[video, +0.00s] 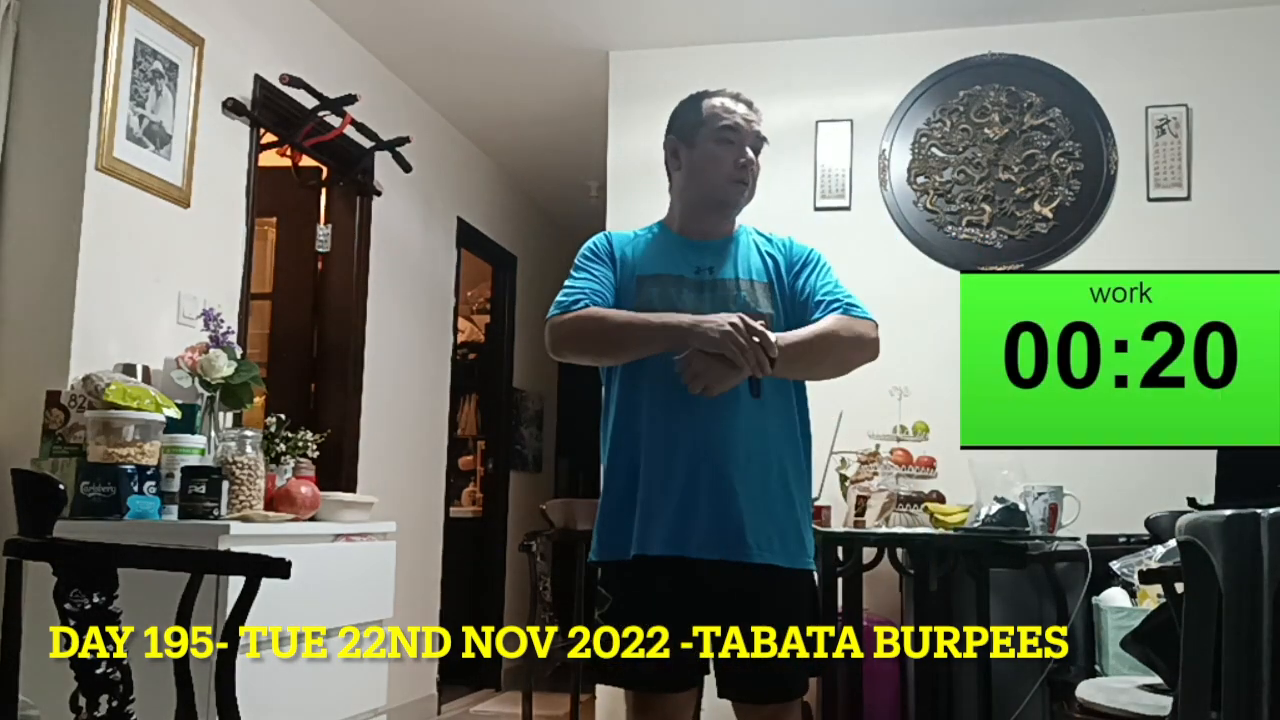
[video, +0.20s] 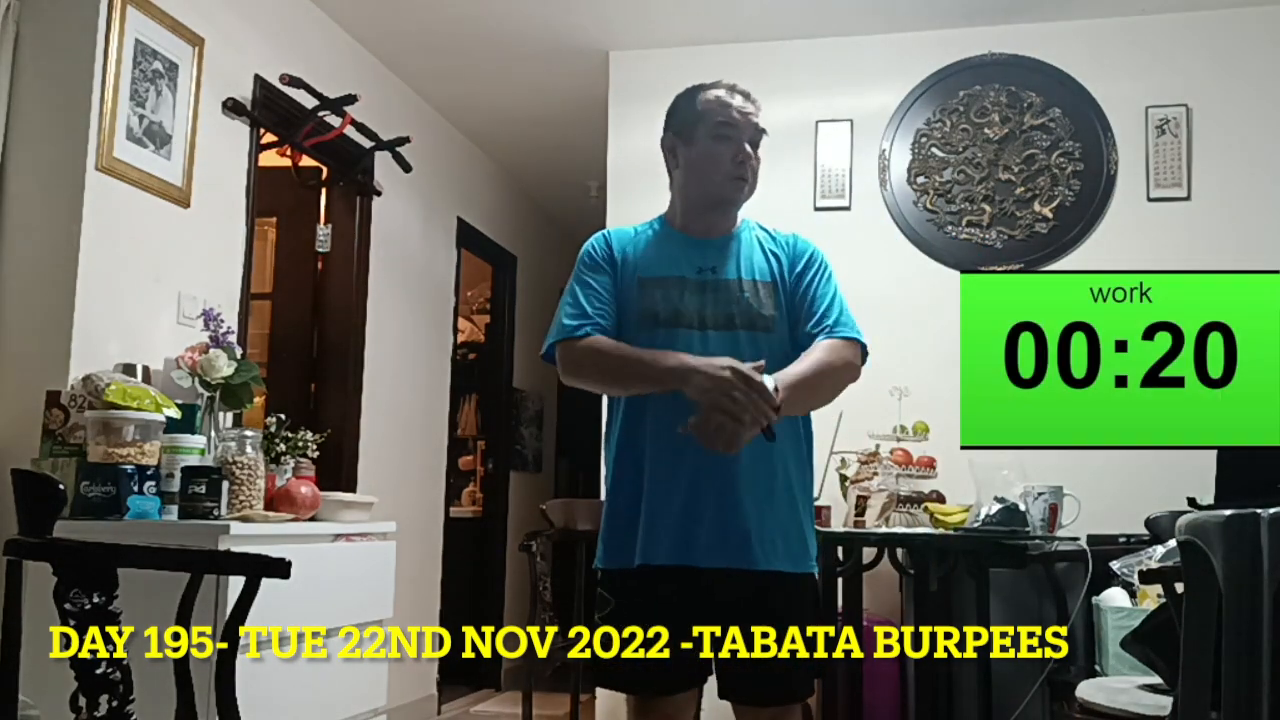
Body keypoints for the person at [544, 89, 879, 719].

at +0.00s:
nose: (749, 159)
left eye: (757, 147)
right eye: (728, 141)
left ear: (763, 163)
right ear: (675, 154)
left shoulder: (789, 258)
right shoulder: (614, 253)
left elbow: (860, 336)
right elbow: (565, 334)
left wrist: (749, 353)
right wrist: (691, 328)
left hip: (770, 546)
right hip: (647, 542)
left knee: (778, 710)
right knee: (656, 709)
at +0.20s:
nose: (747, 153)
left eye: (755, 142)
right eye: (725, 137)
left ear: (762, 156)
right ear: (673, 150)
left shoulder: (795, 257)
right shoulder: (613, 252)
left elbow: (844, 353)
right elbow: (571, 353)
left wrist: (762, 398)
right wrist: (690, 370)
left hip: (772, 547)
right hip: (652, 543)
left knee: (778, 711)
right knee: (658, 709)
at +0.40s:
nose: (718, 166)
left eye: (733, 146)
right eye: (693, 146)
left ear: (751, 159)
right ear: (654, 162)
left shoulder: (798, 262)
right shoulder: (608, 265)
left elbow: (830, 396)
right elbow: (573, 401)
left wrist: (807, 520)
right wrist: (624, 518)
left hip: (766, 563)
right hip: (651, 566)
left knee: (780, 713)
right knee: (656, 710)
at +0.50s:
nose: (696, 229)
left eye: (717, 201)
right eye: (671, 205)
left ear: (742, 196)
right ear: (640, 207)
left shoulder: (799, 299)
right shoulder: (600, 301)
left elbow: (844, 443)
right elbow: (567, 448)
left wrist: (813, 576)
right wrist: (595, 584)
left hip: (772, 578)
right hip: (644, 578)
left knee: (794, 710)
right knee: (626, 709)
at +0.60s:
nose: (681, 354)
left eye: (701, 326)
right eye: (655, 329)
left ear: (734, 301)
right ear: (628, 309)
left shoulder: (790, 373)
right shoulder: (589, 376)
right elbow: (558, 525)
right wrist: (569, 676)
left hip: (773, 583)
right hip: (635, 581)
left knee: (817, 709)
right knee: (601, 708)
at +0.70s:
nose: (672, 495)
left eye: (693, 470)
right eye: (647, 472)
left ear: (727, 436)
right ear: (618, 444)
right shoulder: (574, 479)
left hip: (762, 603)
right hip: (633, 603)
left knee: (816, 704)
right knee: (584, 706)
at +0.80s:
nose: (673, 640)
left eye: (690, 626)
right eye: (650, 630)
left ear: (728, 574)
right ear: (614, 587)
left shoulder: (789, 570)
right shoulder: (566, 574)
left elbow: (827, 712)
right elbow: (537, 710)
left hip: (759, 636)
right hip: (626, 639)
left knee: (822, 707)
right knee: (581, 710)